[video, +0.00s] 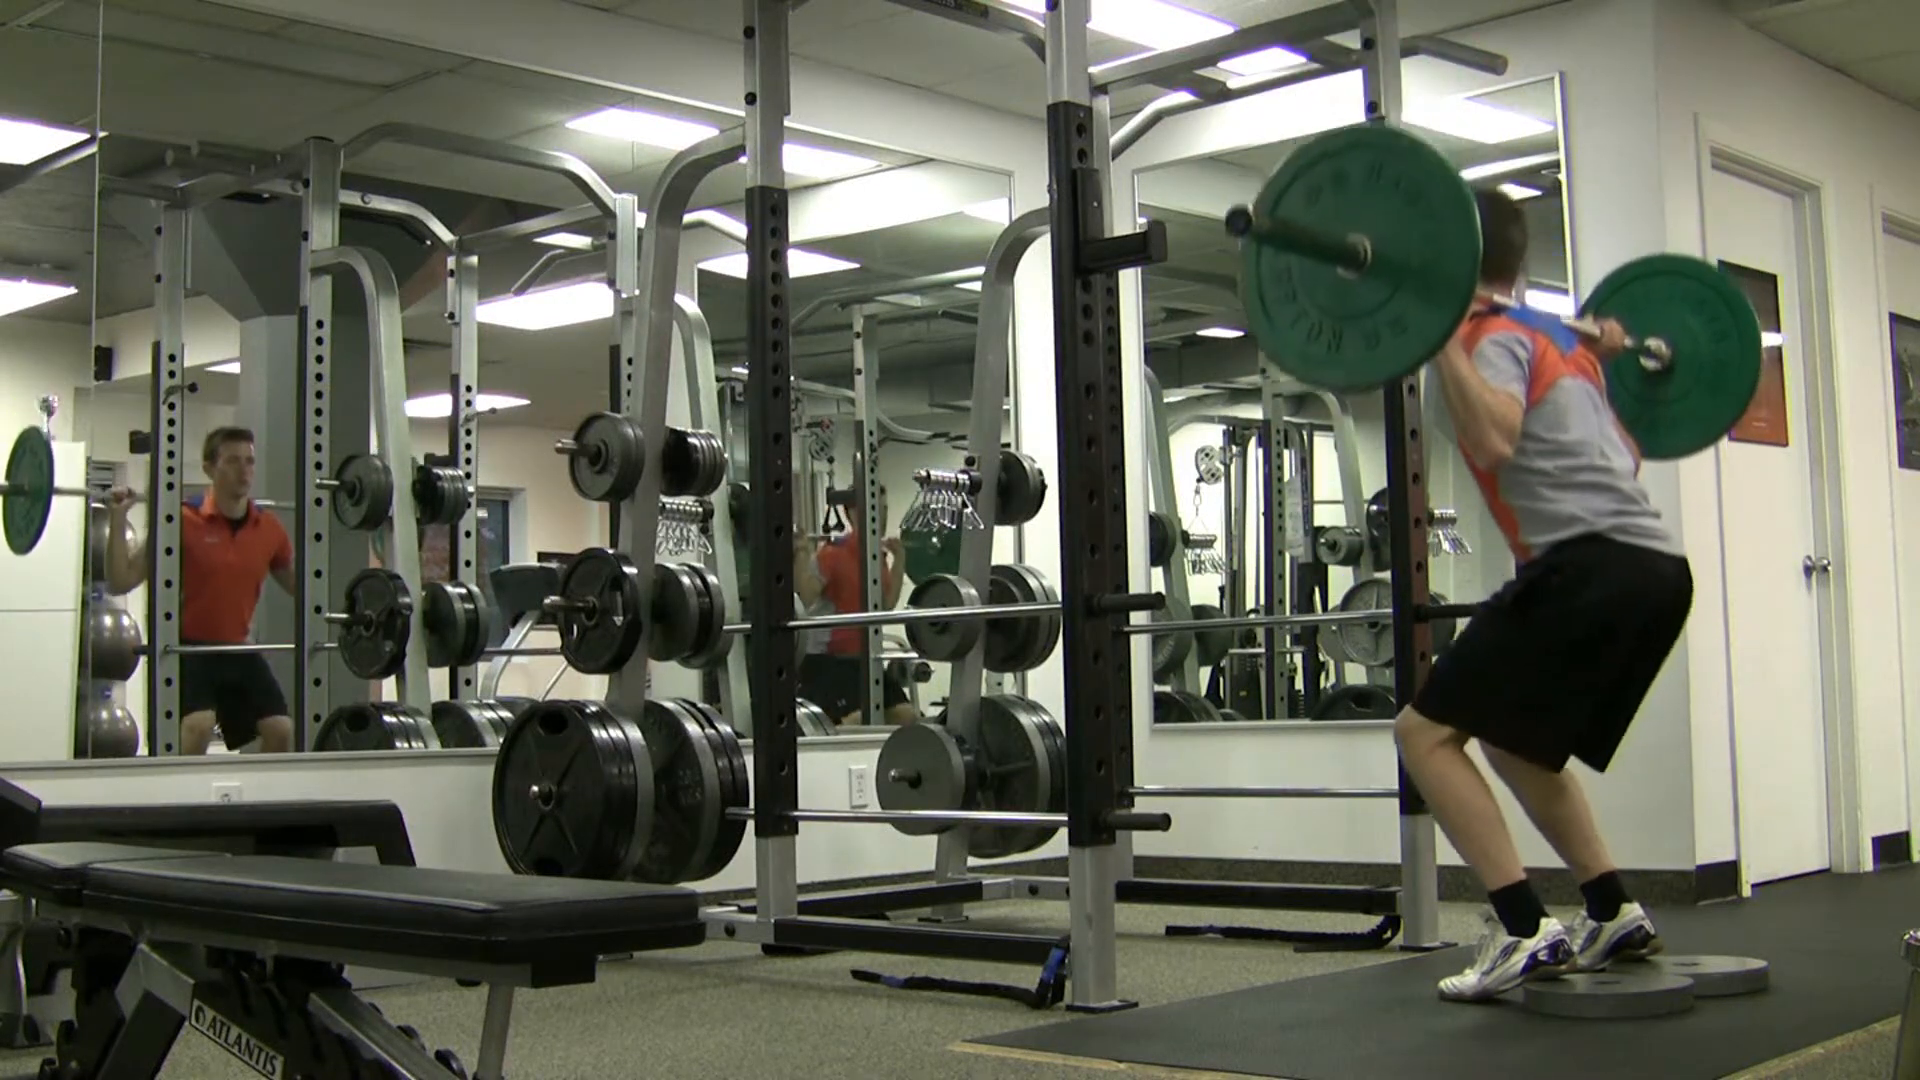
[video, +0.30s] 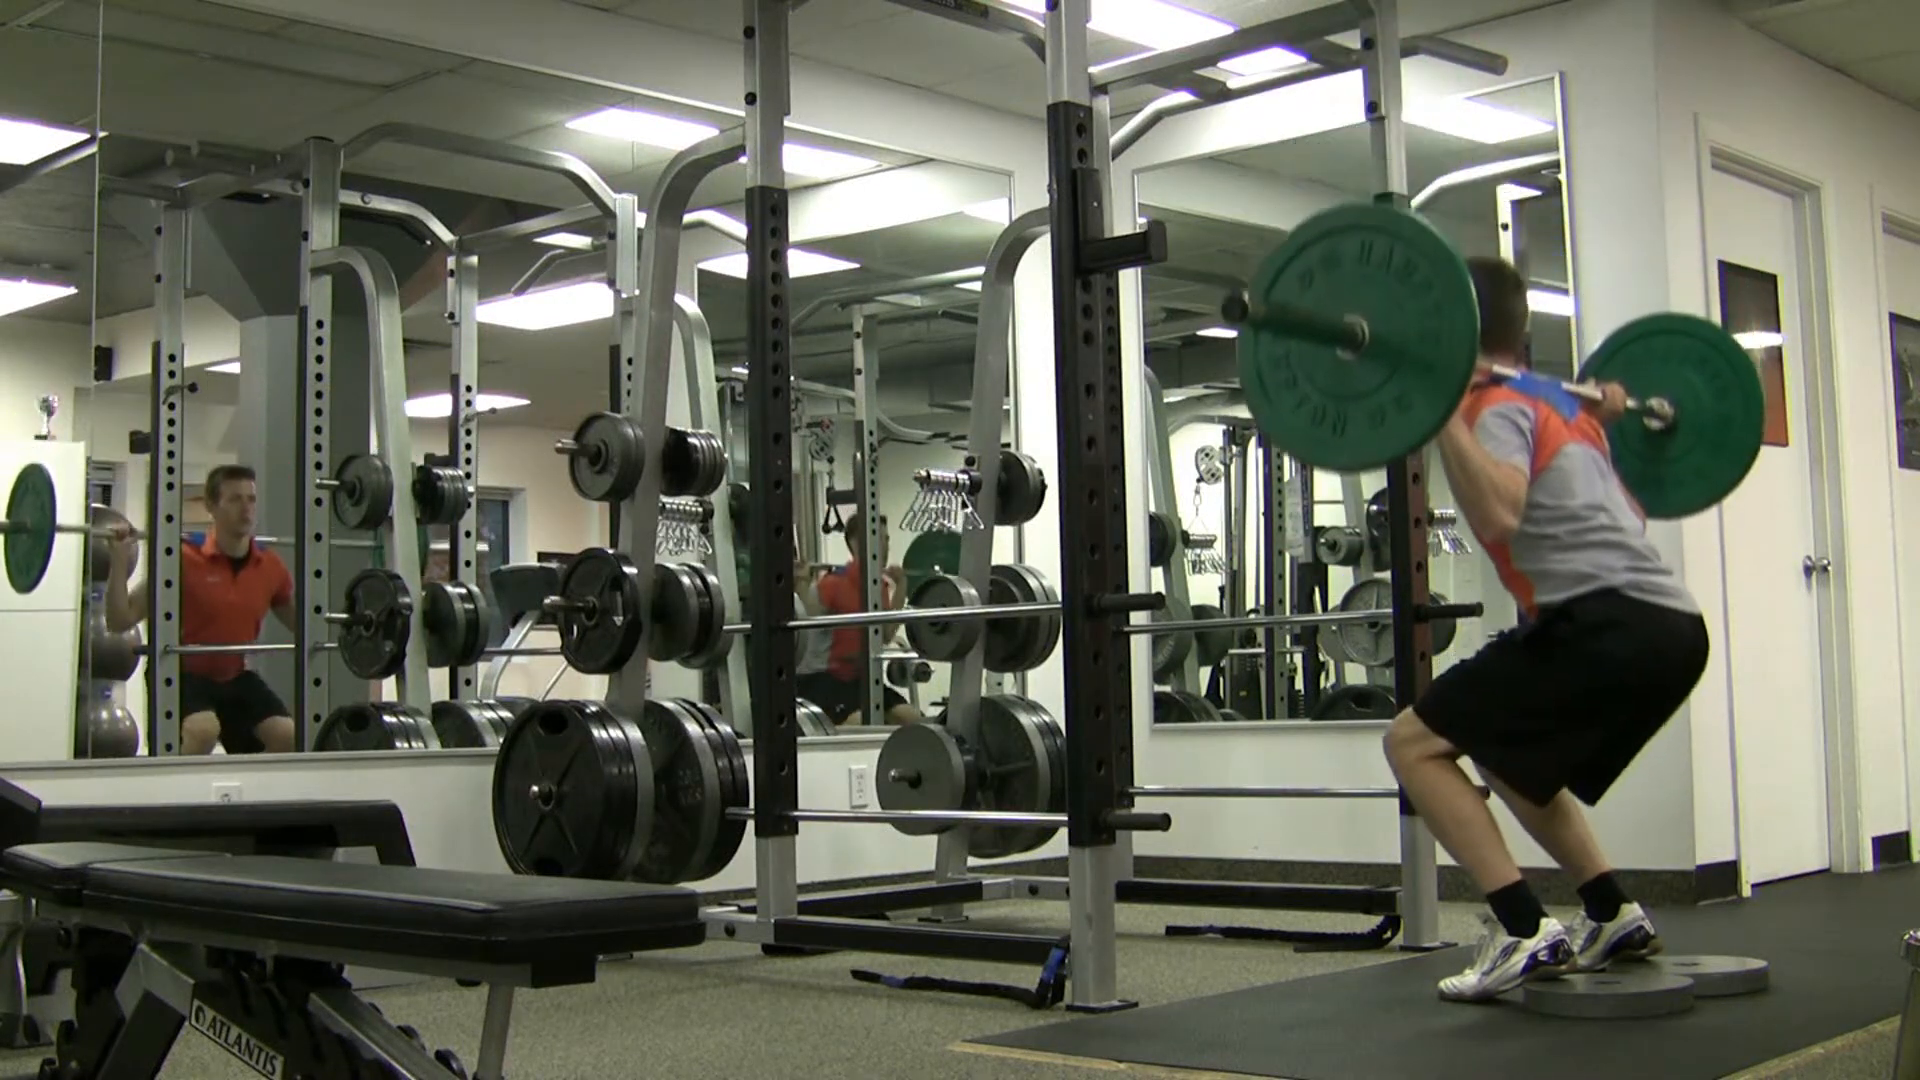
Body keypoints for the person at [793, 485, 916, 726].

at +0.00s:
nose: (875, 515)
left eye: (881, 508)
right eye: (867, 508)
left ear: (885, 511)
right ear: (850, 513)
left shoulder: (877, 556)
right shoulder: (833, 553)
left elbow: (888, 603)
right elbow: (808, 597)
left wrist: (899, 557)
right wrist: (801, 555)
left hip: (871, 656)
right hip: (839, 656)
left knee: (906, 717)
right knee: (855, 721)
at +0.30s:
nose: (881, 547)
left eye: (885, 539)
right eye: (872, 538)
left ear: (888, 542)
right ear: (853, 543)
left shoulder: (880, 585)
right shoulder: (833, 584)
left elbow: (886, 635)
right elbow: (815, 628)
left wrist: (901, 589)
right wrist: (802, 589)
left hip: (868, 679)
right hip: (829, 680)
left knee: (914, 721)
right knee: (862, 724)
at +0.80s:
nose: (887, 585)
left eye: (889, 578)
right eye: (878, 579)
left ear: (893, 579)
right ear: (857, 582)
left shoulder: (882, 619)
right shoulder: (836, 618)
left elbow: (891, 668)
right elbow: (812, 664)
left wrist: (904, 623)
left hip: (871, 702)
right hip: (836, 705)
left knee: (916, 722)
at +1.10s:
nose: (889, 588)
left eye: (891, 581)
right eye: (880, 582)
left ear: (895, 582)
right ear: (858, 584)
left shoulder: (884, 621)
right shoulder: (836, 620)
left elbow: (891, 673)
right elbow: (804, 671)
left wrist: (908, 625)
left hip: (872, 703)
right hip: (836, 704)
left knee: (914, 720)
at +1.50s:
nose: (888, 549)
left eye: (889, 542)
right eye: (881, 542)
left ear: (891, 544)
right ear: (856, 546)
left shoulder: (881, 586)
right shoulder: (831, 587)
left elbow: (888, 636)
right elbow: (821, 633)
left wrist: (904, 592)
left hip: (868, 679)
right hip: (832, 680)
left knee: (912, 719)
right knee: (859, 723)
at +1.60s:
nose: (886, 537)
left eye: (887, 531)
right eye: (878, 530)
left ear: (889, 533)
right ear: (855, 535)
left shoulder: (881, 575)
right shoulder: (831, 575)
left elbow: (888, 624)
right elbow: (808, 621)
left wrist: (904, 580)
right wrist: (801, 578)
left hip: (866, 672)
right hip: (827, 672)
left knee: (910, 718)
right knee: (857, 720)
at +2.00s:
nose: (885, 495)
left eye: (885, 488)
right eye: (879, 488)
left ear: (882, 492)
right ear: (861, 491)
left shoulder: (877, 534)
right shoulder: (832, 531)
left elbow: (887, 585)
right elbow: (800, 580)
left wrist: (900, 538)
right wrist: (800, 533)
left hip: (867, 642)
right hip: (835, 644)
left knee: (903, 718)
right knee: (853, 721)